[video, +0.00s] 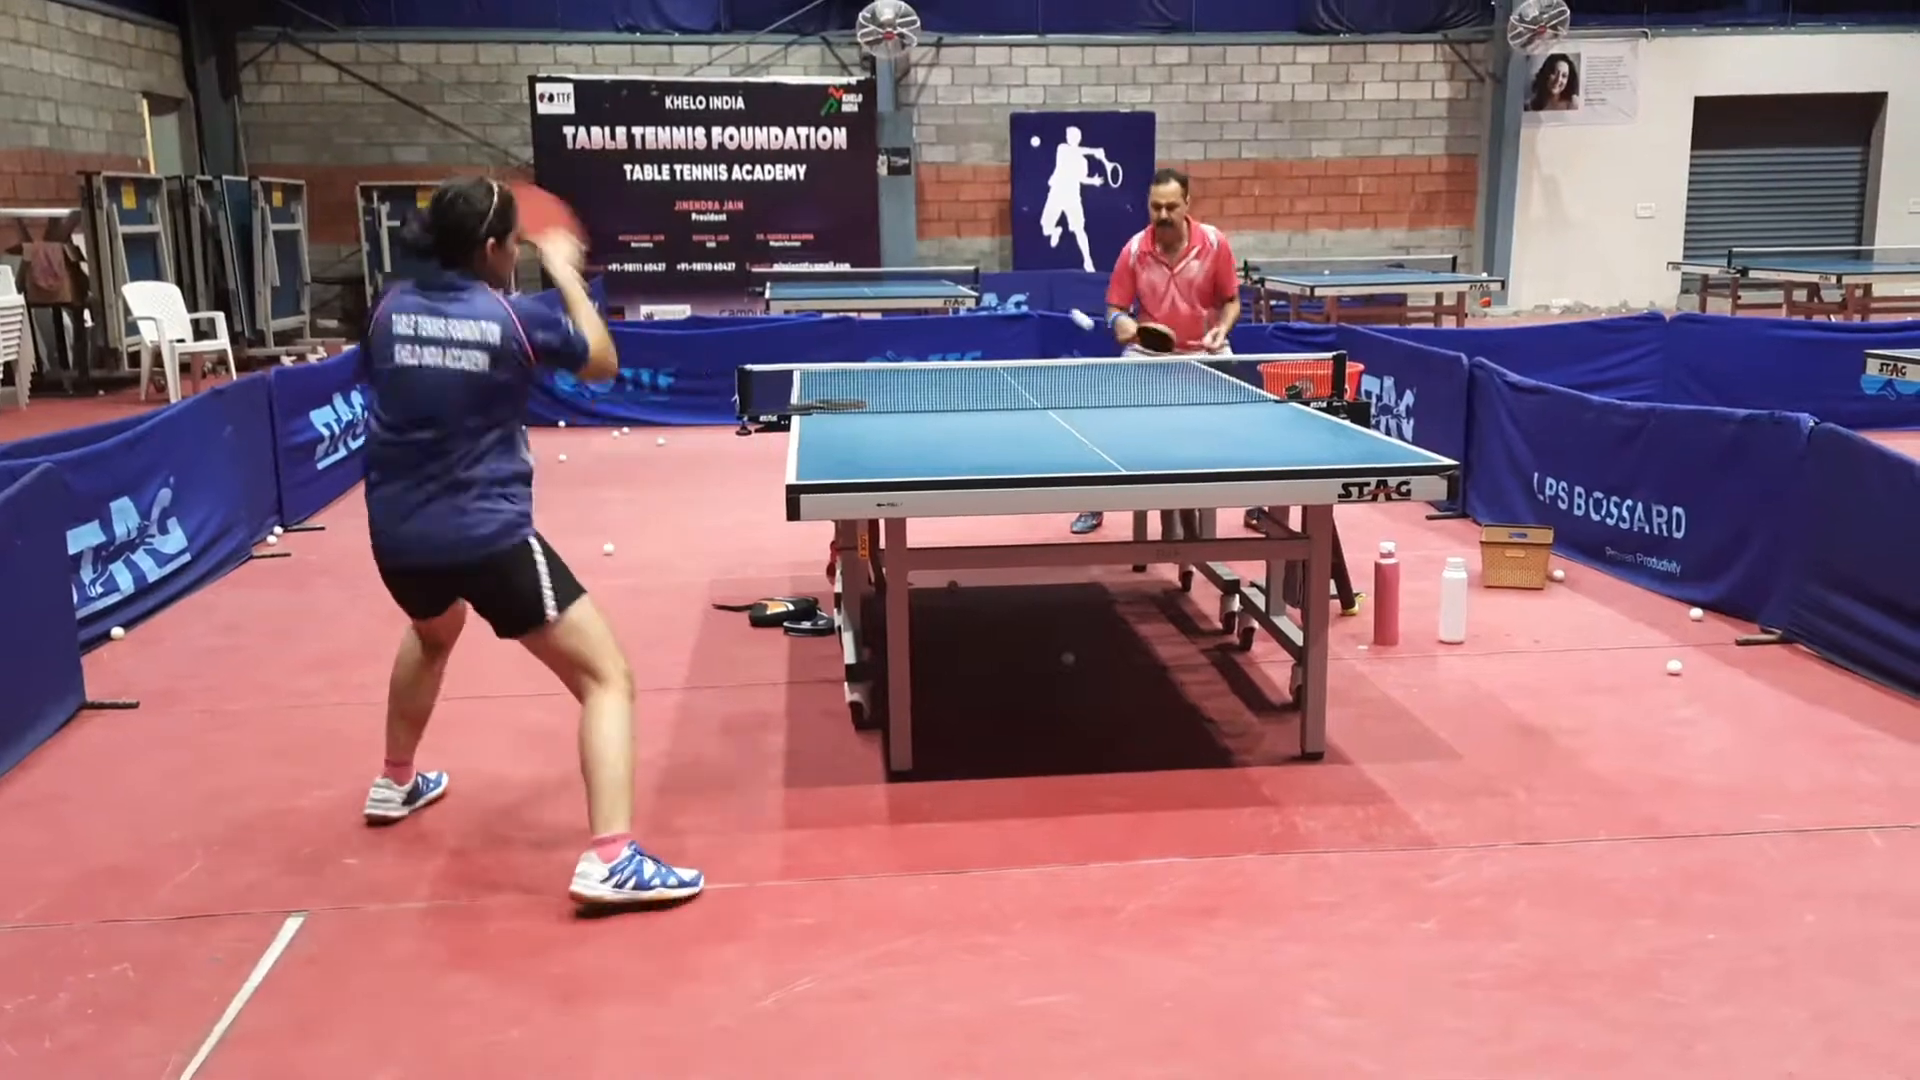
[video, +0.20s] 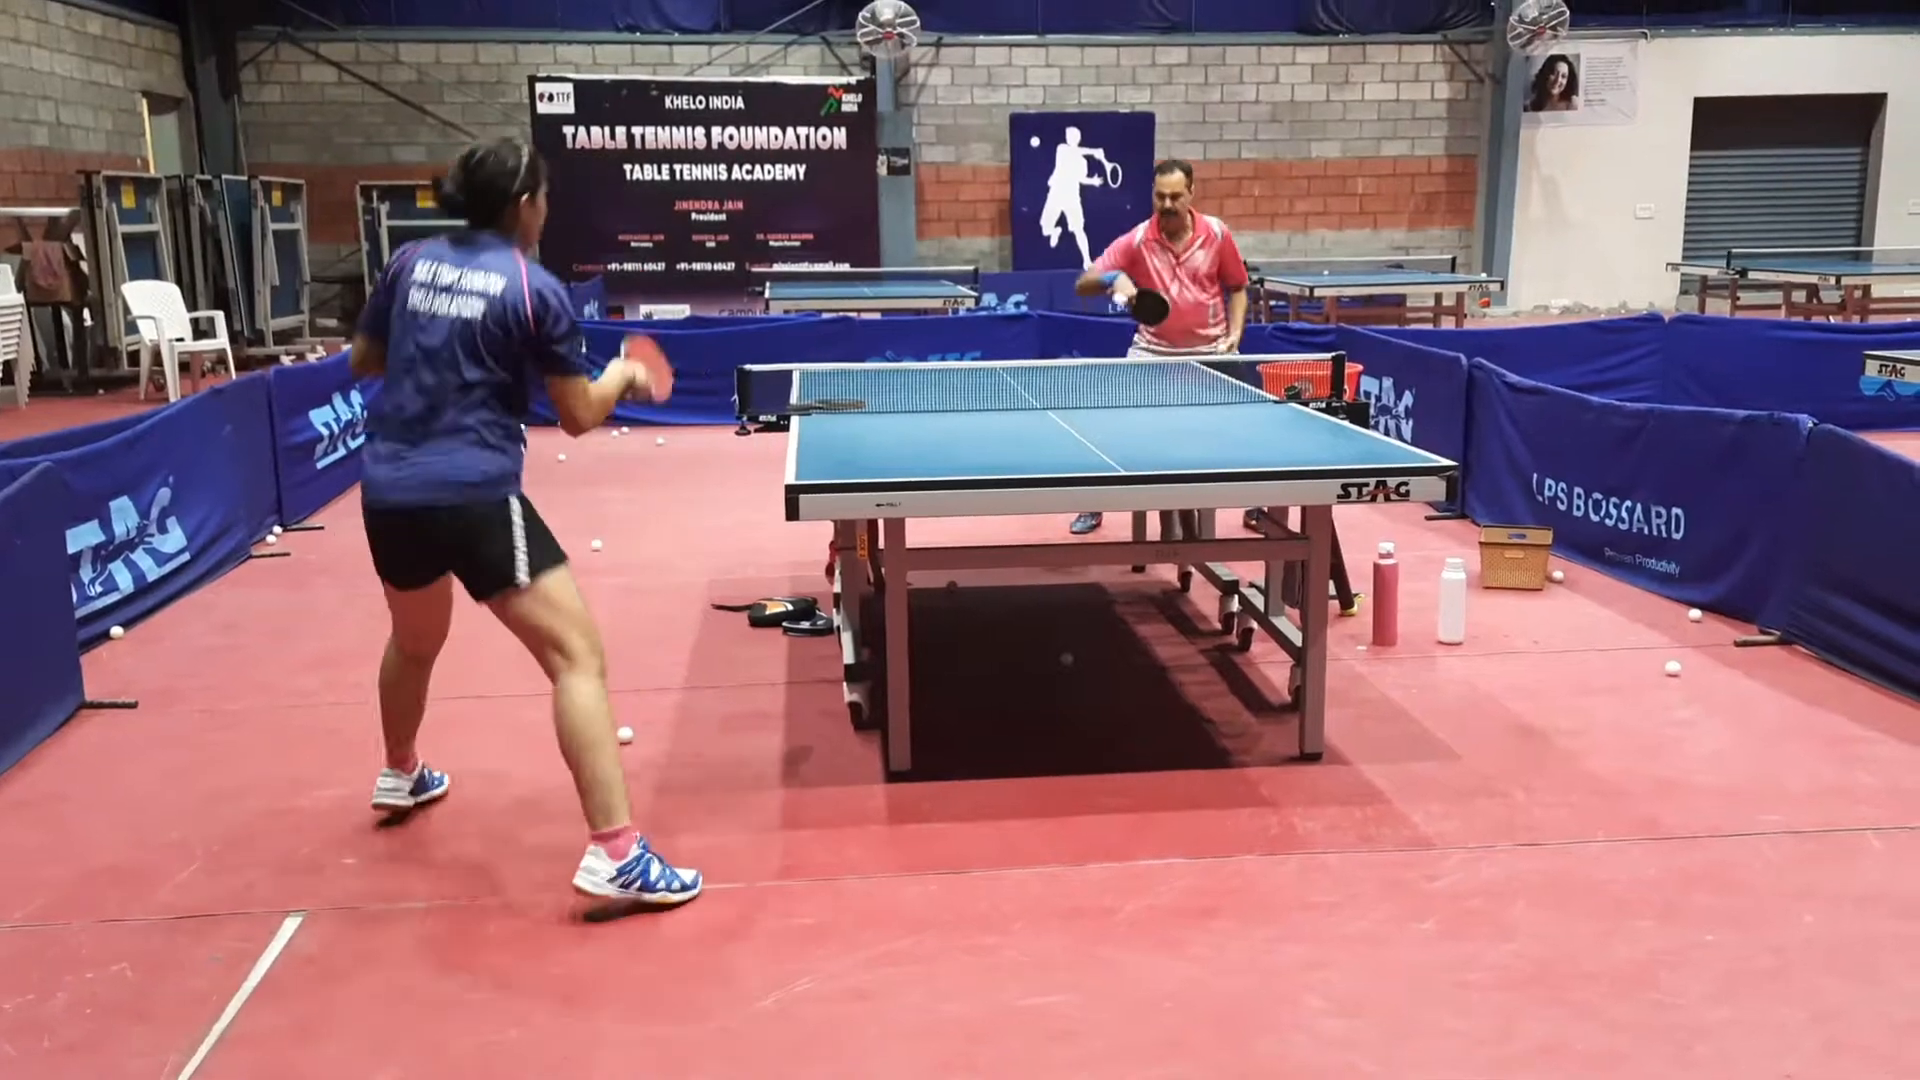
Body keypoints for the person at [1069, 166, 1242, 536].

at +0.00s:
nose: (1162, 215)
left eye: (1171, 207)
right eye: (1156, 207)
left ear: (1187, 204)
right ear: (1148, 206)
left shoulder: (1214, 243)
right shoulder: (1135, 249)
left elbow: (1232, 300)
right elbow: (1116, 307)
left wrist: (1221, 330)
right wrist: (1123, 324)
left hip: (1206, 353)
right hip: (1148, 353)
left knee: (1249, 409)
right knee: (1109, 413)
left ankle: (1257, 504)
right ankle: (1093, 503)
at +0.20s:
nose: (1167, 205)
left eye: (1175, 197)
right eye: (1160, 197)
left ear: (1191, 195)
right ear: (1152, 196)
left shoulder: (1216, 234)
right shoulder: (1137, 240)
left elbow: (1238, 288)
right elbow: (1083, 285)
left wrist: (1234, 333)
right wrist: (1113, 281)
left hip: (1209, 351)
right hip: (1150, 350)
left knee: (1240, 422)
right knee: (1115, 420)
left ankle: (1255, 502)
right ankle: (1093, 504)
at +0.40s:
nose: (1167, 167)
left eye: (1175, 160)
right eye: (1161, 159)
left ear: (1190, 164)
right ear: (1152, 163)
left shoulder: (1213, 215)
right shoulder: (1133, 217)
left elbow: (1224, 274)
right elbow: (1100, 275)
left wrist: (1216, 324)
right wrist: (1122, 280)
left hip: (1200, 342)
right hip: (1140, 341)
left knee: (1234, 415)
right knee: (1111, 417)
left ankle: (1253, 500)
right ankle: (1091, 503)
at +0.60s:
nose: (1171, 168)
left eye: (1180, 160)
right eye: (1165, 160)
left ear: (1194, 165)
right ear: (1155, 164)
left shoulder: (1217, 216)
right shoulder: (1136, 219)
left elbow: (1228, 277)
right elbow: (1115, 279)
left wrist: (1214, 326)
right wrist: (1130, 296)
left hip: (1203, 341)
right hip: (1144, 341)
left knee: (1230, 417)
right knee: (1112, 416)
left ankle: (1254, 499)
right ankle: (1091, 502)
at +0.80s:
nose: (1175, 183)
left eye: (1183, 175)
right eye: (1168, 175)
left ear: (1198, 178)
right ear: (1158, 177)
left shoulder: (1223, 225)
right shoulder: (1141, 229)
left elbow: (1240, 283)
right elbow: (1126, 286)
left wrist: (1224, 324)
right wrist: (1135, 292)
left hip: (1210, 345)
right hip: (1148, 345)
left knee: (1249, 414)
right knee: (1110, 415)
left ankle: (1256, 501)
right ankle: (1091, 502)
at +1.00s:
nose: (1176, 183)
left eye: (1185, 175)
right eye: (1170, 174)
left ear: (1200, 177)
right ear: (1159, 175)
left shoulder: (1223, 223)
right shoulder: (1141, 225)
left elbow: (1241, 279)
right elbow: (1120, 283)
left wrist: (1229, 319)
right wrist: (1132, 292)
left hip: (1205, 345)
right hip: (1144, 343)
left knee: (1240, 416)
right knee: (1109, 414)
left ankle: (1257, 499)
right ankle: (1091, 501)